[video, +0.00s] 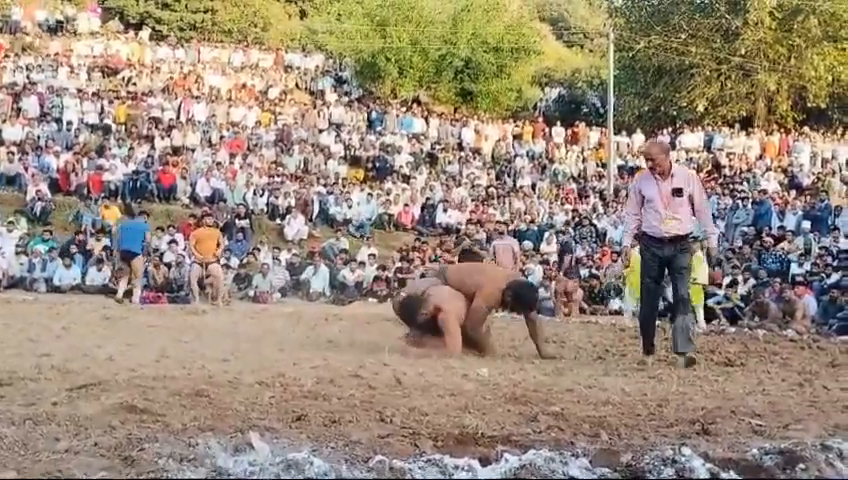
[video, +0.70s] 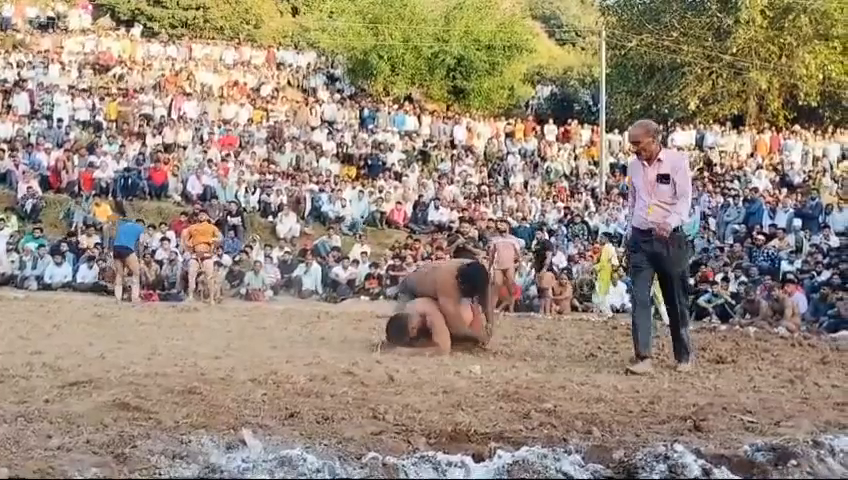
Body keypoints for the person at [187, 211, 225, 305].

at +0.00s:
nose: (210, 221)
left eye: (211, 219)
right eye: (207, 219)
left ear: (213, 220)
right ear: (203, 220)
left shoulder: (217, 232)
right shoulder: (195, 233)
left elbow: (221, 244)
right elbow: (191, 246)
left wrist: (218, 252)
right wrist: (197, 255)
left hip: (212, 259)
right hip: (199, 259)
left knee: (219, 276)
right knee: (193, 277)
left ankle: (219, 299)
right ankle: (196, 299)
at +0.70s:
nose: (202, 217)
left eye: (204, 215)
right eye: (200, 215)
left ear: (207, 217)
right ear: (197, 217)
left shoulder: (212, 227)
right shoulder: (192, 227)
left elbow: (220, 237)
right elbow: (185, 238)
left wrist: (213, 241)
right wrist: (189, 246)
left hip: (208, 254)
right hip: (195, 254)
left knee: (209, 276)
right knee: (191, 275)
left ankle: (211, 298)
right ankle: (190, 296)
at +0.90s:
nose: (196, 216)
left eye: (198, 214)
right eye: (194, 214)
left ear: (201, 215)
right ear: (191, 215)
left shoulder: (205, 226)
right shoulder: (187, 227)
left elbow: (219, 232)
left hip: (202, 253)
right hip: (190, 253)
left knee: (204, 276)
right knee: (191, 275)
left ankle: (207, 297)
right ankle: (188, 296)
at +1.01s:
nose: (194, 216)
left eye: (196, 213)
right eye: (192, 214)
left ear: (200, 214)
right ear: (189, 215)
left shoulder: (203, 223)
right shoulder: (186, 225)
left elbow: (217, 230)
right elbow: (180, 235)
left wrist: (208, 222)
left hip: (200, 252)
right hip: (188, 252)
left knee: (203, 276)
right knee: (189, 275)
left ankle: (206, 297)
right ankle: (187, 296)